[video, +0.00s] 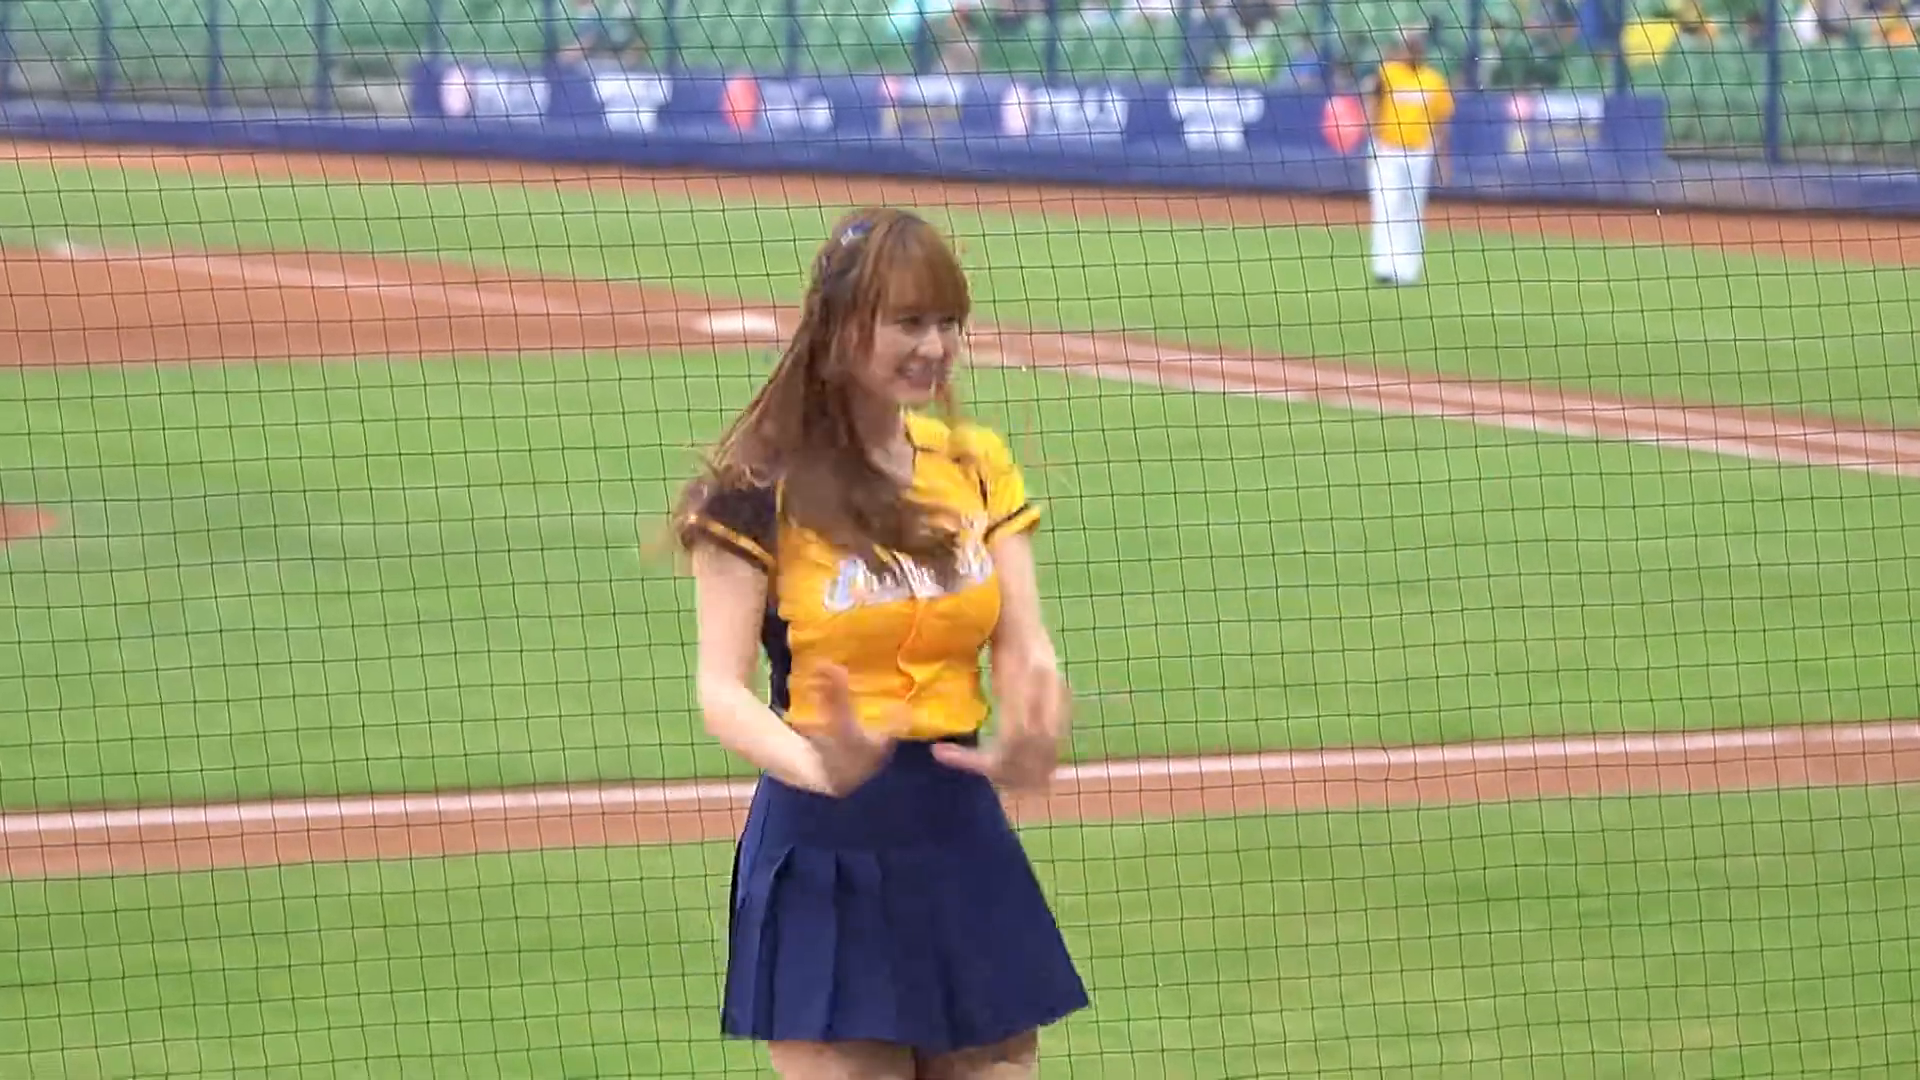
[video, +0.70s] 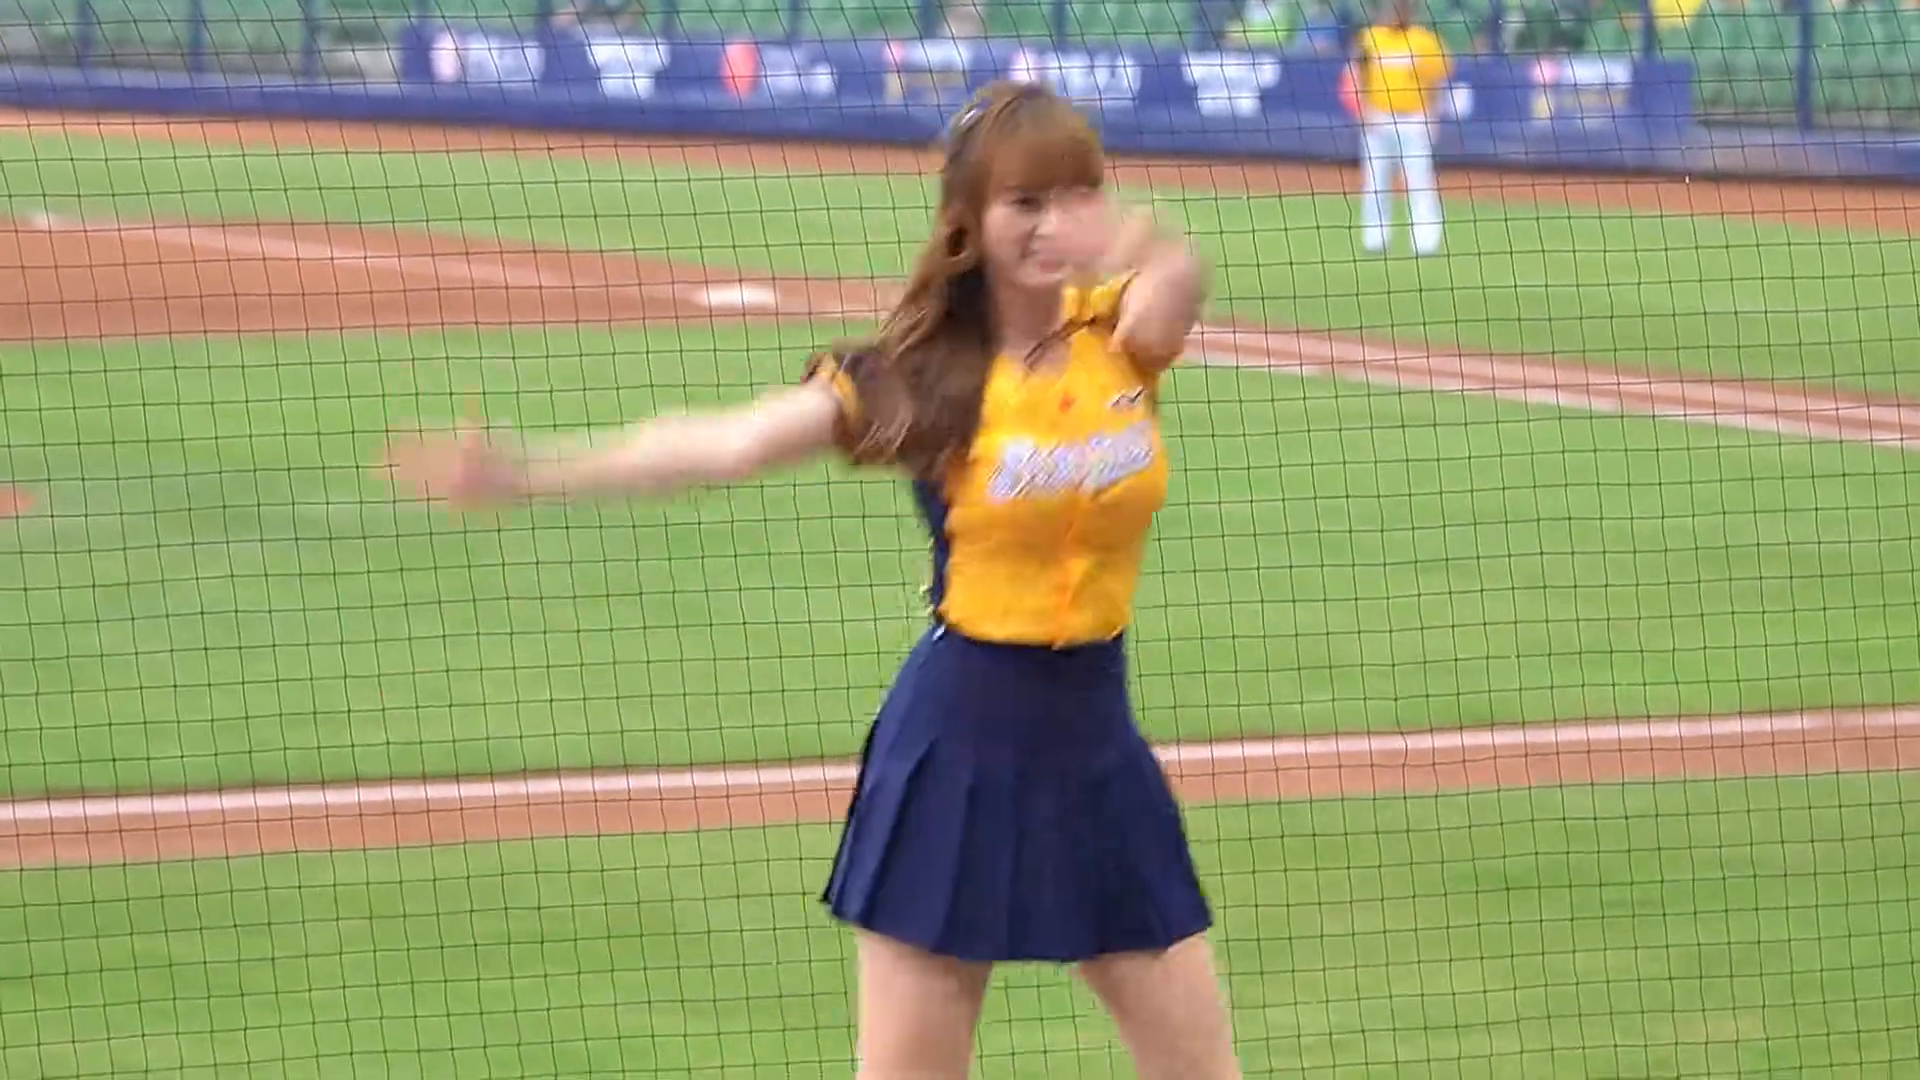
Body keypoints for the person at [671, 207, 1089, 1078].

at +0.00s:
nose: (935, 347)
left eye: (948, 323)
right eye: (908, 322)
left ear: (962, 327)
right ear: (839, 328)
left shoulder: (976, 461)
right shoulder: (758, 483)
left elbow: (1021, 638)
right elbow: (720, 692)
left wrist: (1030, 738)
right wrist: (817, 769)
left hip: (962, 810)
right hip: (825, 822)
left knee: (997, 1057)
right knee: (846, 1057)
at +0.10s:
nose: (927, 261)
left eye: (941, 236)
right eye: (898, 239)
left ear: (960, 244)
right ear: (830, 255)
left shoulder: (1000, 380)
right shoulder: (765, 416)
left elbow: (1054, 559)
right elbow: (693, 602)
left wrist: (994, 639)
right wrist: (687, 658)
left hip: (969, 771)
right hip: (825, 773)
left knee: (960, 1064)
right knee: (829, 1064)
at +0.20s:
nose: (915, 250)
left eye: (934, 226)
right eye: (882, 228)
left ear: (957, 242)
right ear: (818, 249)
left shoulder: (1002, 365)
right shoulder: (775, 406)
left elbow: (1053, 507)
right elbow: (640, 569)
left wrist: (960, 572)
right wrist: (553, 611)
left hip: (984, 782)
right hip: (829, 778)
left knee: (947, 1066)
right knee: (808, 1064)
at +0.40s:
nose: (925, 266)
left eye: (943, 242)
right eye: (894, 243)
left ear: (965, 259)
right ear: (831, 268)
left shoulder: (1019, 389)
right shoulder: (795, 435)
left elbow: (1008, 571)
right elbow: (677, 636)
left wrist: (940, 747)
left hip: (1008, 767)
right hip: (847, 757)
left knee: (987, 1064)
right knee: (824, 1064)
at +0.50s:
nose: (947, 284)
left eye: (966, 260)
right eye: (916, 259)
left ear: (989, 277)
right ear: (854, 279)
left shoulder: (1031, 393)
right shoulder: (813, 447)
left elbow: (1028, 581)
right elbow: (727, 677)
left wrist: (970, 756)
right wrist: (628, 888)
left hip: (1019, 787)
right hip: (860, 784)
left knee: (1047, 1057)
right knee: (849, 1059)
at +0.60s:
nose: (993, 283)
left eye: (1013, 258)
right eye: (964, 258)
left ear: (1034, 268)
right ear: (901, 271)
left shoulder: (1070, 378)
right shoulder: (861, 439)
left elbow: (1072, 508)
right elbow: (721, 616)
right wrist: (567, 771)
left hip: (1047, 794)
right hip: (901, 797)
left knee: (1134, 1063)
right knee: (872, 1065)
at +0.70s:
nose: (1051, 224)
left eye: (1072, 196)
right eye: (1022, 200)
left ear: (1103, 208)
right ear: (970, 222)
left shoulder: (1113, 349)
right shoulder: (924, 373)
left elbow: (1169, 301)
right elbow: (729, 442)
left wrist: (1146, 251)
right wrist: (527, 472)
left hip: (1096, 734)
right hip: (960, 731)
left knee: (1202, 1063)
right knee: (909, 1067)